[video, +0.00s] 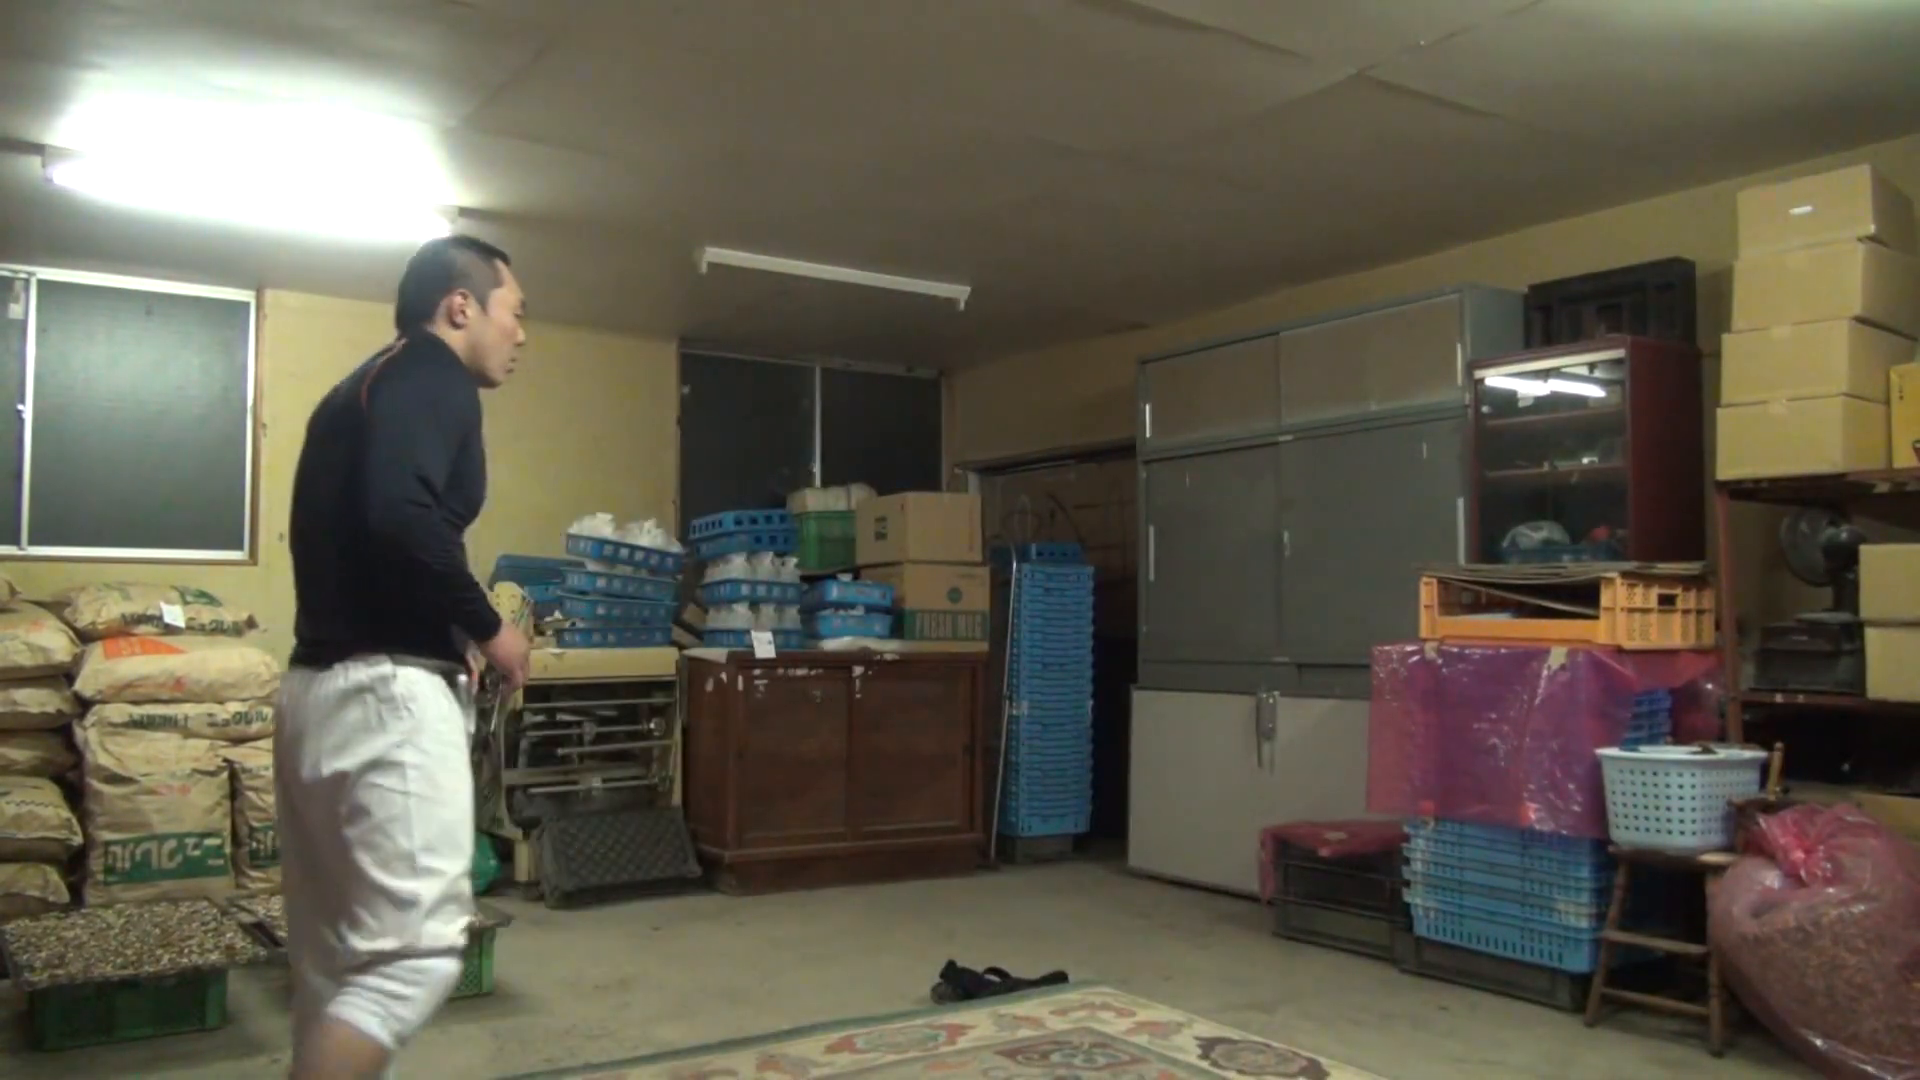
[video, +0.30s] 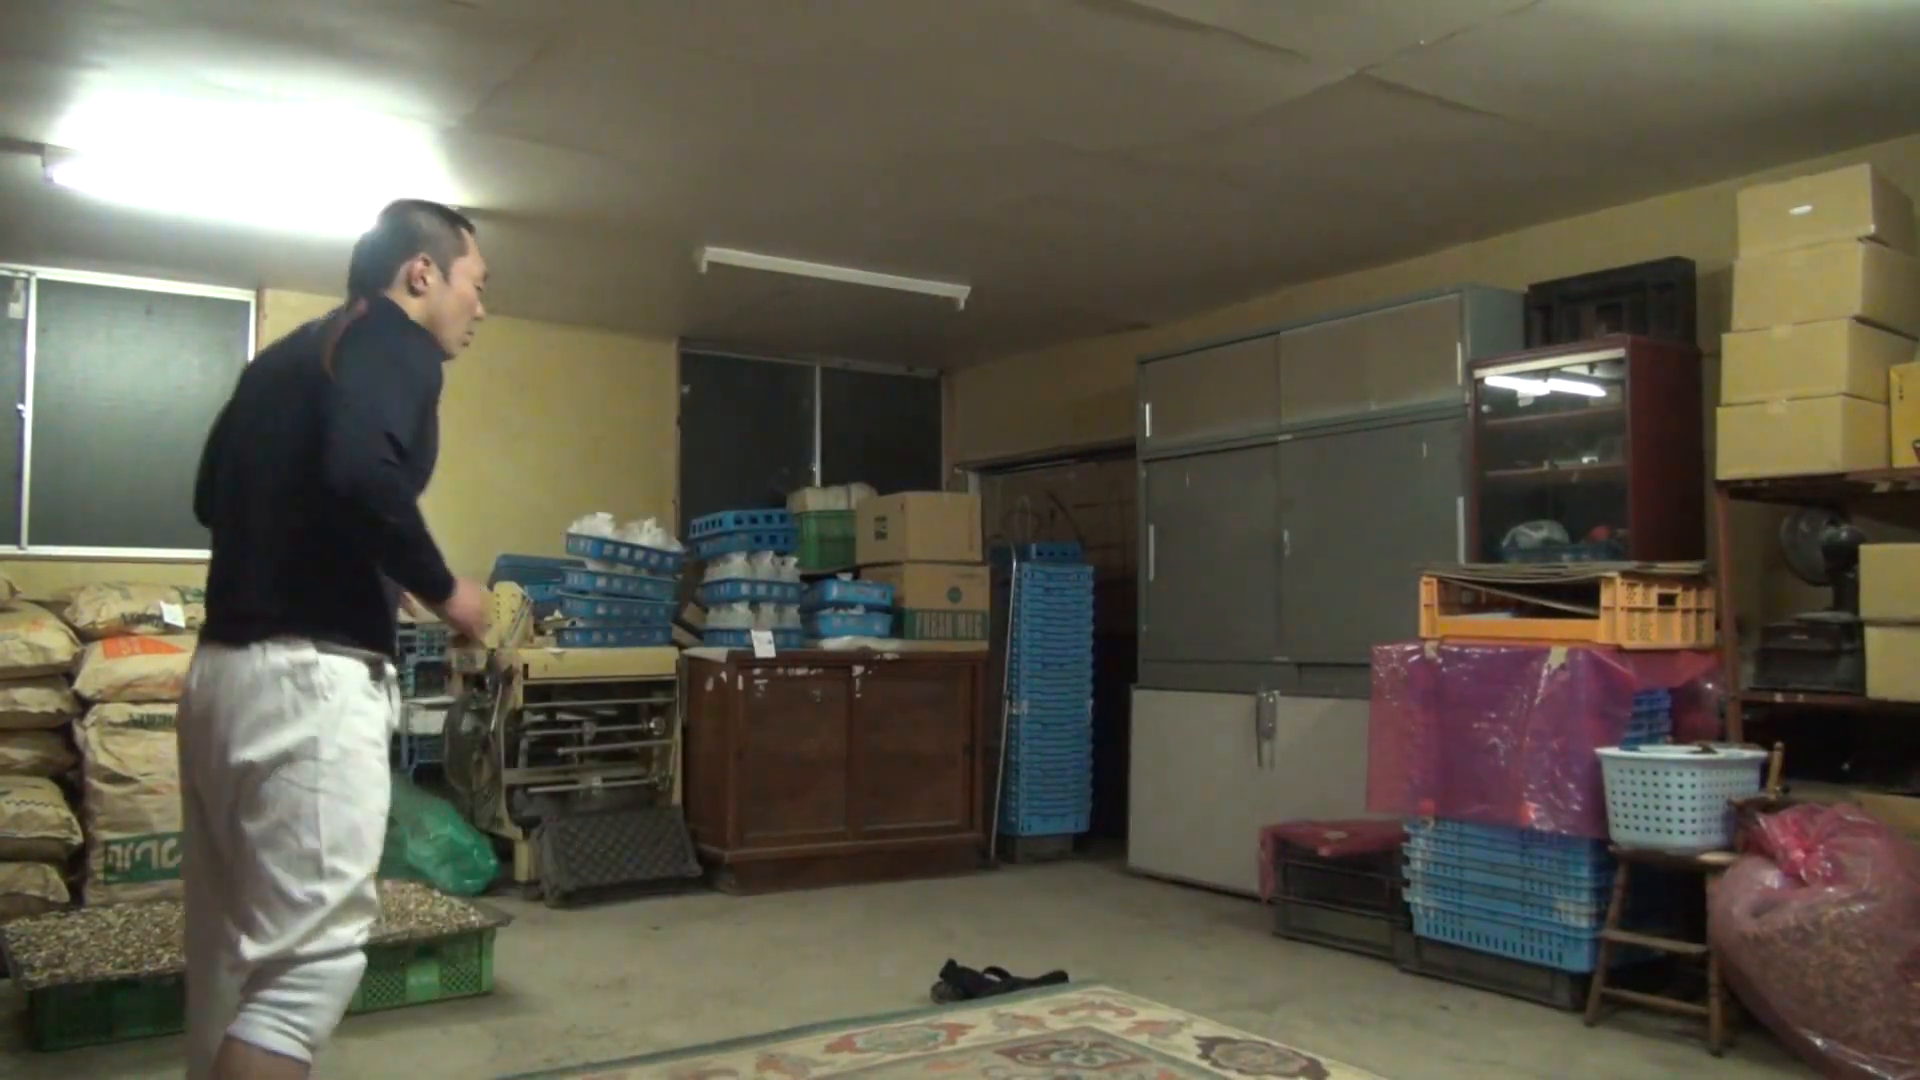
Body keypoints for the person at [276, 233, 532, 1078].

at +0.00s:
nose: (521, 334)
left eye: (523, 316)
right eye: (513, 312)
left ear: (442, 312)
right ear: (458, 308)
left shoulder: (350, 392)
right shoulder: (431, 372)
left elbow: (331, 551)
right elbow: (402, 510)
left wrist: (448, 640)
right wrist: (489, 626)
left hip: (314, 699)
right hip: (390, 701)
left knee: (326, 965)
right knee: (407, 960)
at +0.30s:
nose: (479, 312)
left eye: (481, 291)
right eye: (474, 287)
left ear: (384, 277)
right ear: (418, 273)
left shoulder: (278, 356)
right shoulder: (392, 340)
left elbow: (214, 499)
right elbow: (360, 467)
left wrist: (346, 555)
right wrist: (446, 590)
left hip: (221, 682)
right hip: (309, 688)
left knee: (226, 959)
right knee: (308, 971)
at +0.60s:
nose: (425, 302)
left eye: (423, 280)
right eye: (412, 278)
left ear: (345, 281)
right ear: (352, 276)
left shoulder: (277, 360)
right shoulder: (301, 353)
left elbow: (241, 523)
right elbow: (220, 486)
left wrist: (341, 579)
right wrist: (343, 606)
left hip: (180, 703)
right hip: (234, 706)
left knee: (151, 1009)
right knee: (375, 957)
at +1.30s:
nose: (405, 288)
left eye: (403, 265)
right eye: (395, 263)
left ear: (321, 267)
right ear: (337, 262)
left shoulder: (213, 349)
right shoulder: (290, 339)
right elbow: (238, 482)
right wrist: (391, 573)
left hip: (112, 698)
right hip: (205, 698)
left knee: (90, 1013)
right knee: (362, 962)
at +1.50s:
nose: (415, 304)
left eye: (414, 278)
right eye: (406, 276)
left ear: (323, 271)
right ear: (353, 269)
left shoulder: (207, 358)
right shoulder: (325, 346)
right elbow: (405, 467)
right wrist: (550, 460)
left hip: (111, 705)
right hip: (239, 704)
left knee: (84, 1023)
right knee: (347, 1000)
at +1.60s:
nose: (423, 313)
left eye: (425, 292)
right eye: (419, 289)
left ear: (305, 282)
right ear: (371, 277)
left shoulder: (214, 367)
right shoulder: (349, 355)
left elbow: (324, 500)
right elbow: (491, 450)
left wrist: (442, 433)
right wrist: (616, 405)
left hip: (113, 715)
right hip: (248, 711)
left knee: (103, 1018)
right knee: (359, 1001)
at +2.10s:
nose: (419, 339)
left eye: (421, 316)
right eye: (415, 313)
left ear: (309, 310)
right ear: (366, 308)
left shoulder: (205, 380)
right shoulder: (353, 390)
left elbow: (288, 501)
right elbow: (394, 566)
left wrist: (433, 498)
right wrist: (539, 548)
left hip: (101, 715)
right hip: (236, 716)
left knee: (51, 1018)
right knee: (411, 957)